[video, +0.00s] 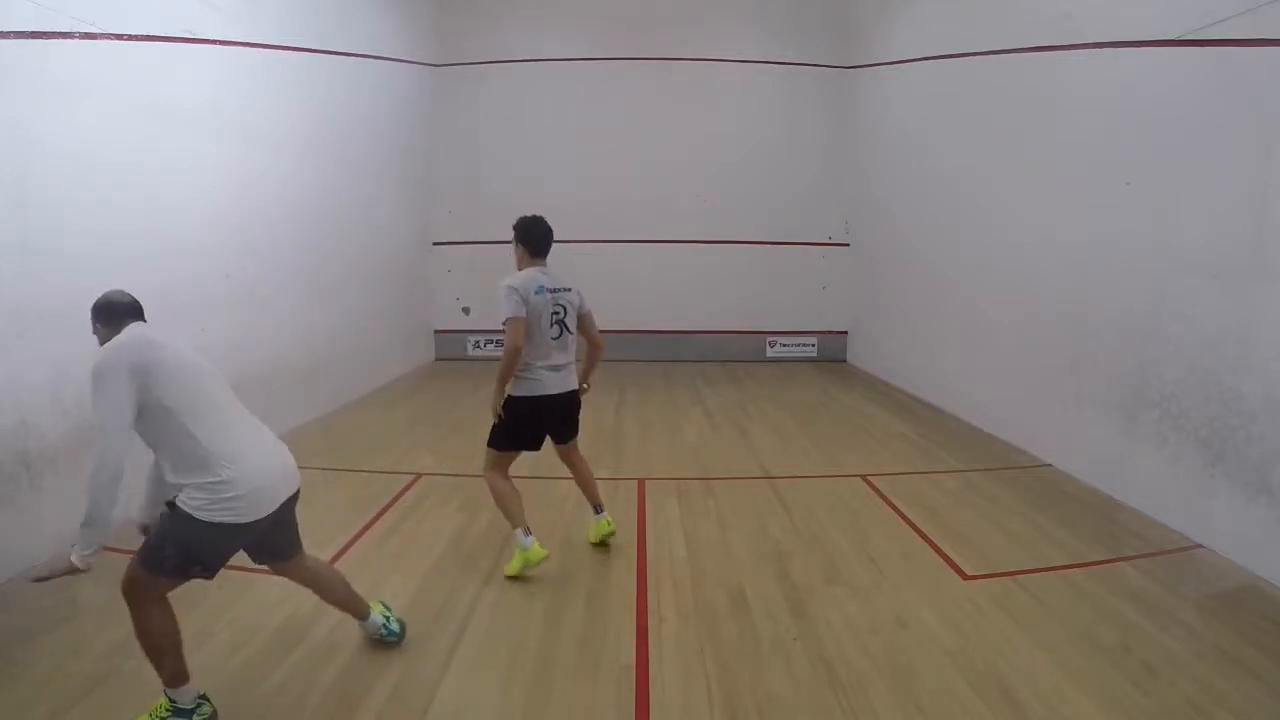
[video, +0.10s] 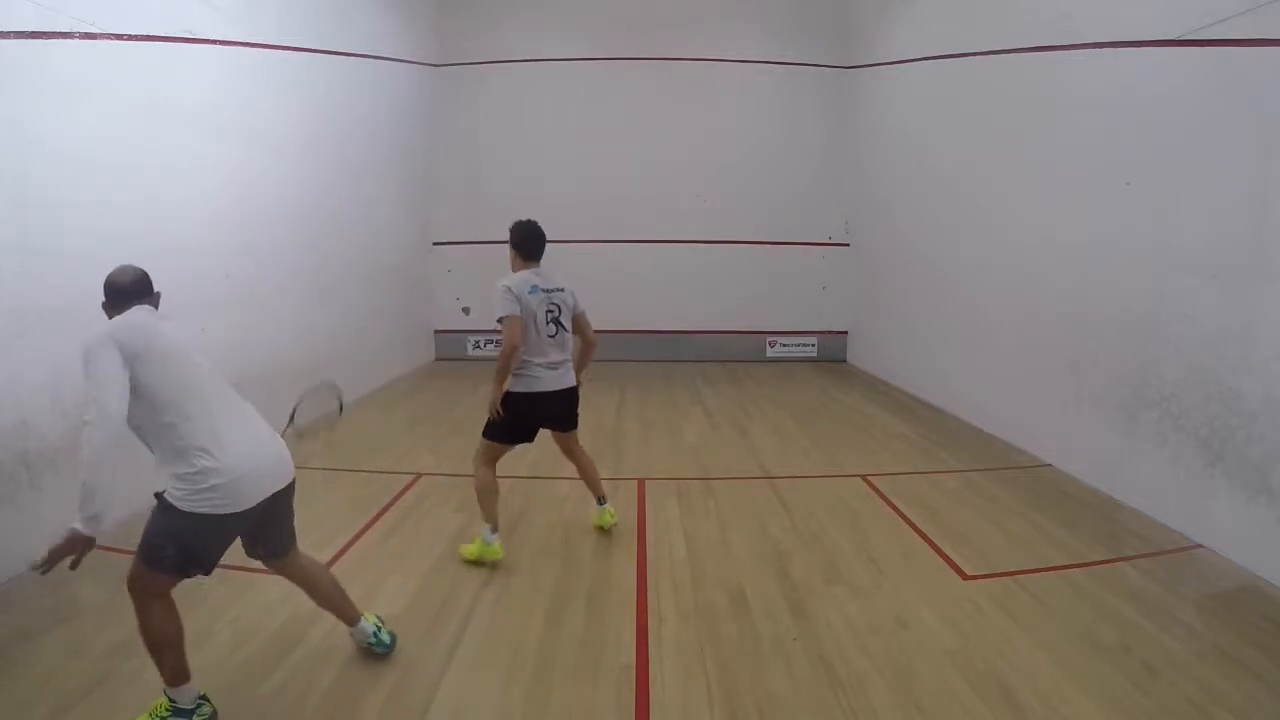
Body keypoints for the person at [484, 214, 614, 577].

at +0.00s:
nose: (512, 250)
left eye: (513, 244)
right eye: (514, 244)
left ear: (520, 248)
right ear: (548, 249)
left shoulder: (515, 286)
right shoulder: (569, 289)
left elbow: (515, 346)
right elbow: (596, 343)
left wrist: (499, 390)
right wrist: (582, 379)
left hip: (527, 400)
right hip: (566, 396)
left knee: (495, 470)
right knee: (570, 452)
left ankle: (527, 542)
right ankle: (601, 517)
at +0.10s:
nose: (508, 253)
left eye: (509, 247)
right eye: (510, 247)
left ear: (513, 251)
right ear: (542, 251)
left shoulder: (510, 287)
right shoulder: (562, 288)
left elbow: (513, 343)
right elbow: (588, 339)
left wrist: (497, 387)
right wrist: (576, 372)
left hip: (524, 397)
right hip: (564, 393)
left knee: (484, 460)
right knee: (572, 446)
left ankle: (490, 538)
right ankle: (604, 506)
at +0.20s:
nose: (505, 277)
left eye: (504, 273)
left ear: (504, 276)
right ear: (533, 276)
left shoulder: (501, 311)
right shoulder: (553, 310)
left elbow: (503, 364)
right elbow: (581, 357)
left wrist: (487, 407)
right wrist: (566, 388)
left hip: (528, 412)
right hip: (564, 407)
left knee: (471, 458)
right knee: (576, 452)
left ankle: (459, 529)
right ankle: (610, 510)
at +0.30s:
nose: (484, 295)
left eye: (484, 291)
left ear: (485, 294)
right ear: (514, 293)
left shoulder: (484, 329)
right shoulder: (534, 325)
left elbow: (483, 382)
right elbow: (565, 375)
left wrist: (465, 427)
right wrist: (553, 405)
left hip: (517, 425)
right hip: (554, 419)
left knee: (458, 456)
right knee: (567, 456)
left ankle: (447, 523)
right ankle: (609, 510)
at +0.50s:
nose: (424, 274)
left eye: (423, 270)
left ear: (424, 275)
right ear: (453, 274)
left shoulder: (421, 311)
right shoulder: (472, 308)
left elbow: (417, 364)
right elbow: (507, 351)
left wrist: (408, 402)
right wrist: (492, 380)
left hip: (454, 411)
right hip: (491, 402)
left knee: (421, 457)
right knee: (508, 452)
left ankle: (442, 523)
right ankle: (565, 497)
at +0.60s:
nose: (391, 258)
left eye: (392, 253)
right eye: (394, 252)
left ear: (396, 257)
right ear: (424, 255)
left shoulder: (401, 292)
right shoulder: (447, 289)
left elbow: (409, 344)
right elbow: (473, 334)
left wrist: (401, 383)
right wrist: (457, 360)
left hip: (433, 394)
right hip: (467, 385)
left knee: (412, 456)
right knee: (465, 447)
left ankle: (435, 520)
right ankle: (498, 509)